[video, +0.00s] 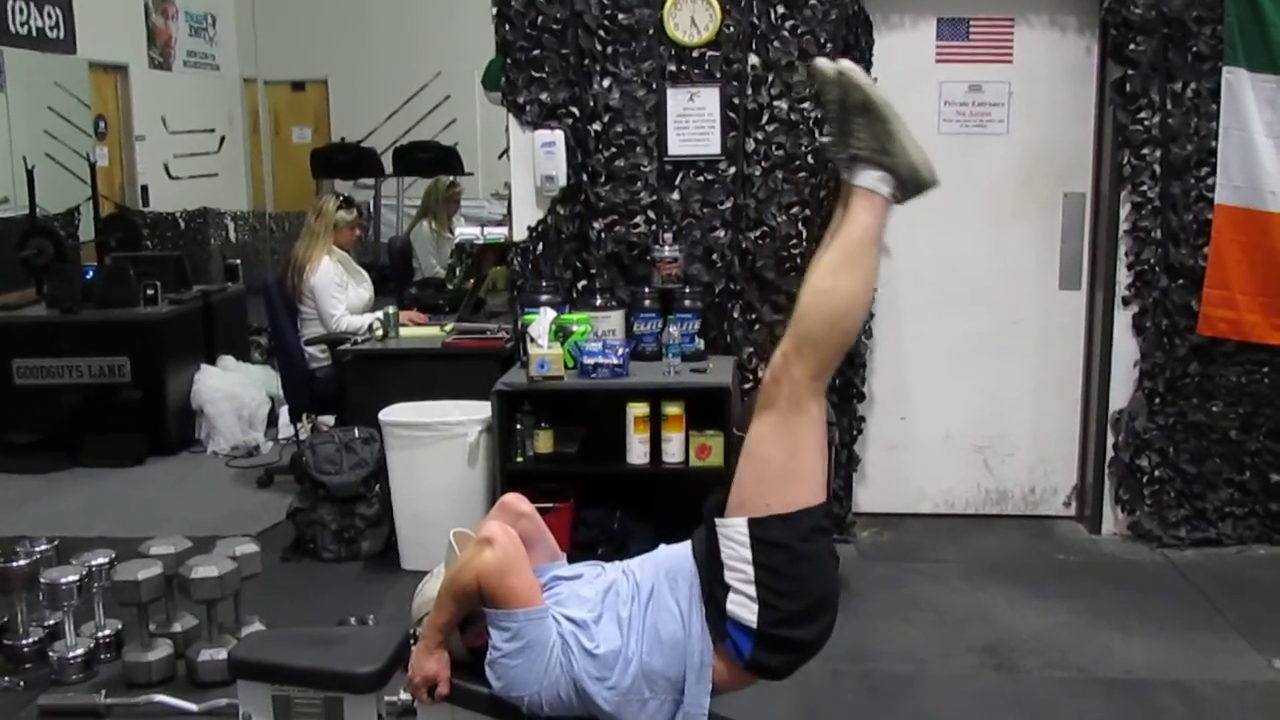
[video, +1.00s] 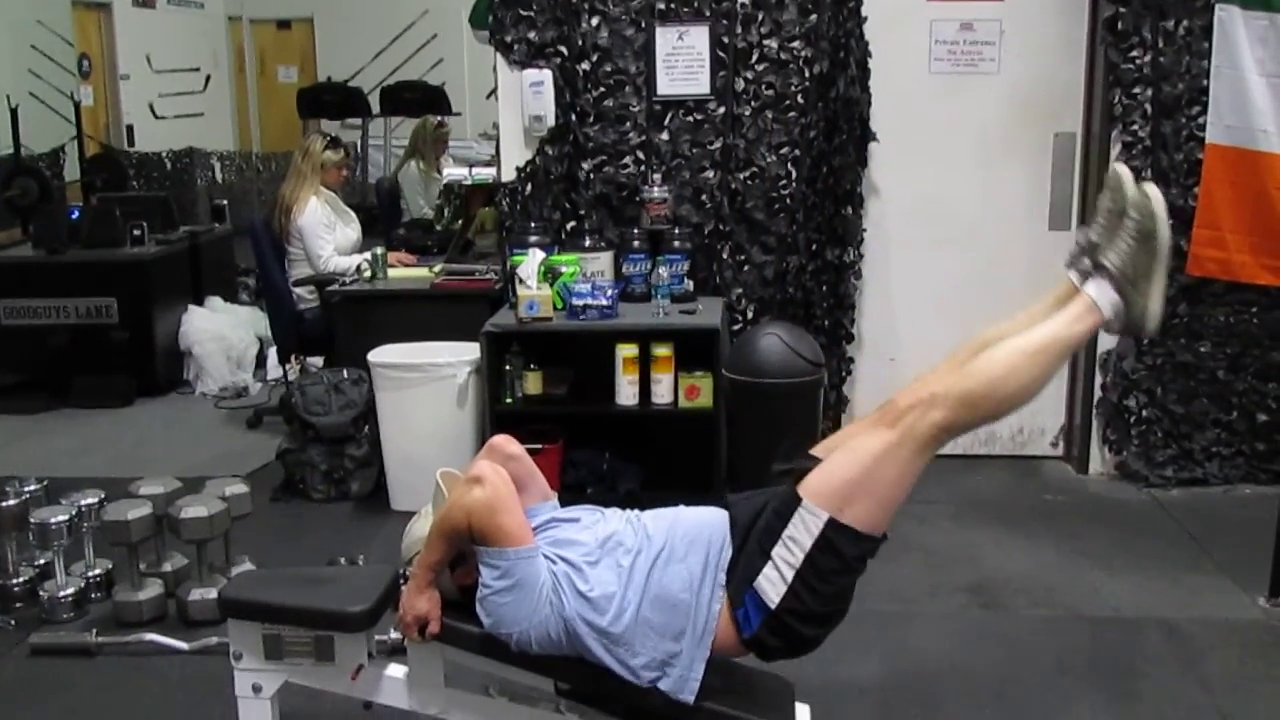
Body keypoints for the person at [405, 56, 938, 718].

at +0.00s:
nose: (488, 541)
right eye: (479, 551)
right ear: (485, 610)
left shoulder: (559, 608)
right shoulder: (525, 660)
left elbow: (517, 512)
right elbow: (489, 553)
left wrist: (465, 586)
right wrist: (434, 637)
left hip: (747, 595)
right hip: (757, 611)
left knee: (789, 382)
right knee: (793, 380)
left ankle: (871, 183)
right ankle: (873, 180)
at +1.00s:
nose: (513, 464)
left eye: (514, 458)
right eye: (497, 468)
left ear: (516, 491)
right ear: (482, 507)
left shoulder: (553, 529)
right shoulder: (517, 590)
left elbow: (504, 460)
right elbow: (474, 490)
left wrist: (452, 525)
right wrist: (427, 568)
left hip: (744, 530)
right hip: (758, 587)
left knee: (912, 408)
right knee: (919, 418)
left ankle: (1089, 287)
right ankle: (1104, 298)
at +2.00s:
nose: (471, 545)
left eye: (462, 541)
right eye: (462, 542)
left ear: (478, 540)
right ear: (472, 561)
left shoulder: (552, 516)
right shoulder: (520, 592)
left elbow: (506, 438)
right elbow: (480, 473)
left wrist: (448, 530)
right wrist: (426, 561)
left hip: (781, 557)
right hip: (766, 599)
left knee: (639, 402)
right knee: (635, 435)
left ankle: (817, 394)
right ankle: (832, 417)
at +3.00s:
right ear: (470, 573)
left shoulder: (534, 538)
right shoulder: (518, 599)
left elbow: (501, 434)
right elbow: (464, 491)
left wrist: (432, 538)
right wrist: (416, 572)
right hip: (675, 443)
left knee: (511, 261)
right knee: (500, 270)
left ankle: (410, 91)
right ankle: (392, 89)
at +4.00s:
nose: (479, 456)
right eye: (473, 470)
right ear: (470, 517)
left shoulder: (544, 531)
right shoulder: (516, 586)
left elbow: (505, 440)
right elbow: (477, 485)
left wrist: (444, 522)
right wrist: (420, 561)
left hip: (740, 512)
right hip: (738, 528)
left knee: (744, 294)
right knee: (739, 295)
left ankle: (799, 89)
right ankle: (797, 86)